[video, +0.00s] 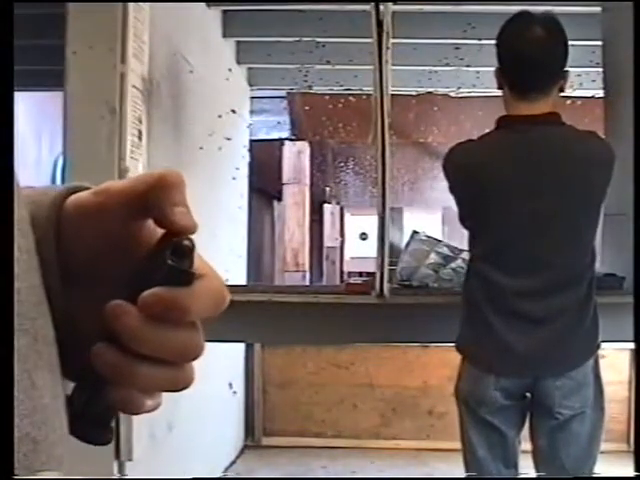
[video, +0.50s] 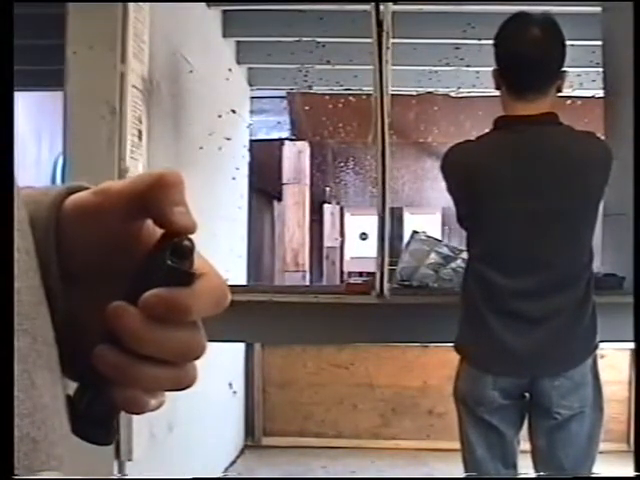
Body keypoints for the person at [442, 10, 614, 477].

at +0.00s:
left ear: (499, 80)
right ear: (564, 82)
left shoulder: (463, 161)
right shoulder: (596, 155)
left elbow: (478, 221)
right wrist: (549, 113)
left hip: (490, 359)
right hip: (569, 360)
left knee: (489, 472)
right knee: (569, 472)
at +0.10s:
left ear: (498, 80)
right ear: (564, 82)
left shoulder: (463, 161)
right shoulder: (595, 155)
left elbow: (476, 221)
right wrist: (547, 116)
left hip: (489, 360)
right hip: (568, 361)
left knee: (489, 472)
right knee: (568, 472)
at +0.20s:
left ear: (497, 80)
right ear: (563, 82)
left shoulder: (462, 161)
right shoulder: (595, 155)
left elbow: (477, 221)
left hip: (489, 360)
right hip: (568, 361)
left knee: (489, 472)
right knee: (568, 472)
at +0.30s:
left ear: (497, 80)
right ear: (562, 82)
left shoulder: (462, 161)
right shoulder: (594, 155)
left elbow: (477, 222)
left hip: (489, 361)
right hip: (568, 361)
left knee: (489, 472)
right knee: (567, 472)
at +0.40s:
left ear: (497, 79)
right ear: (562, 80)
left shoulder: (461, 161)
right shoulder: (594, 155)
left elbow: (475, 222)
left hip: (488, 361)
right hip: (567, 361)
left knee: (488, 472)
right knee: (568, 472)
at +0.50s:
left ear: (496, 79)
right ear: (562, 80)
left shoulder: (461, 161)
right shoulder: (594, 155)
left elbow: (476, 222)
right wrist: (543, 117)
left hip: (488, 361)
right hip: (567, 361)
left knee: (488, 472)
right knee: (567, 472)